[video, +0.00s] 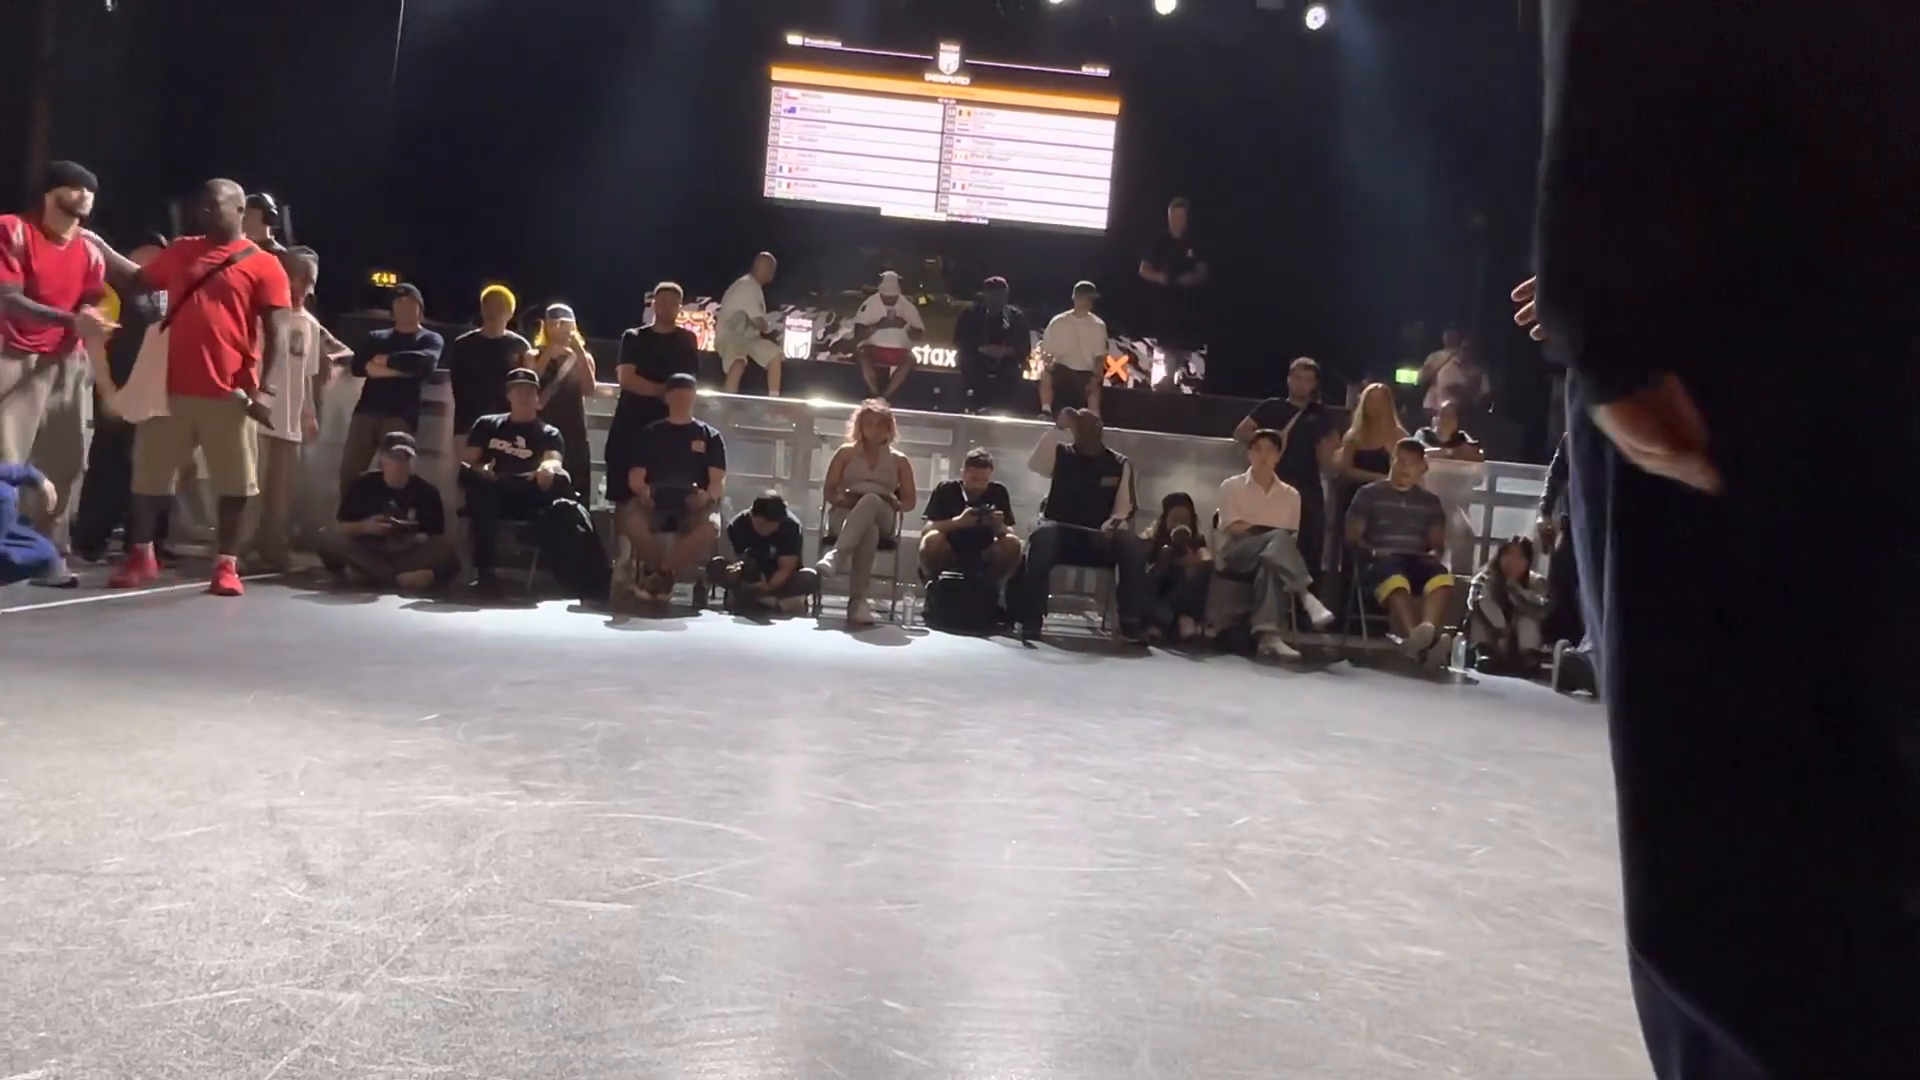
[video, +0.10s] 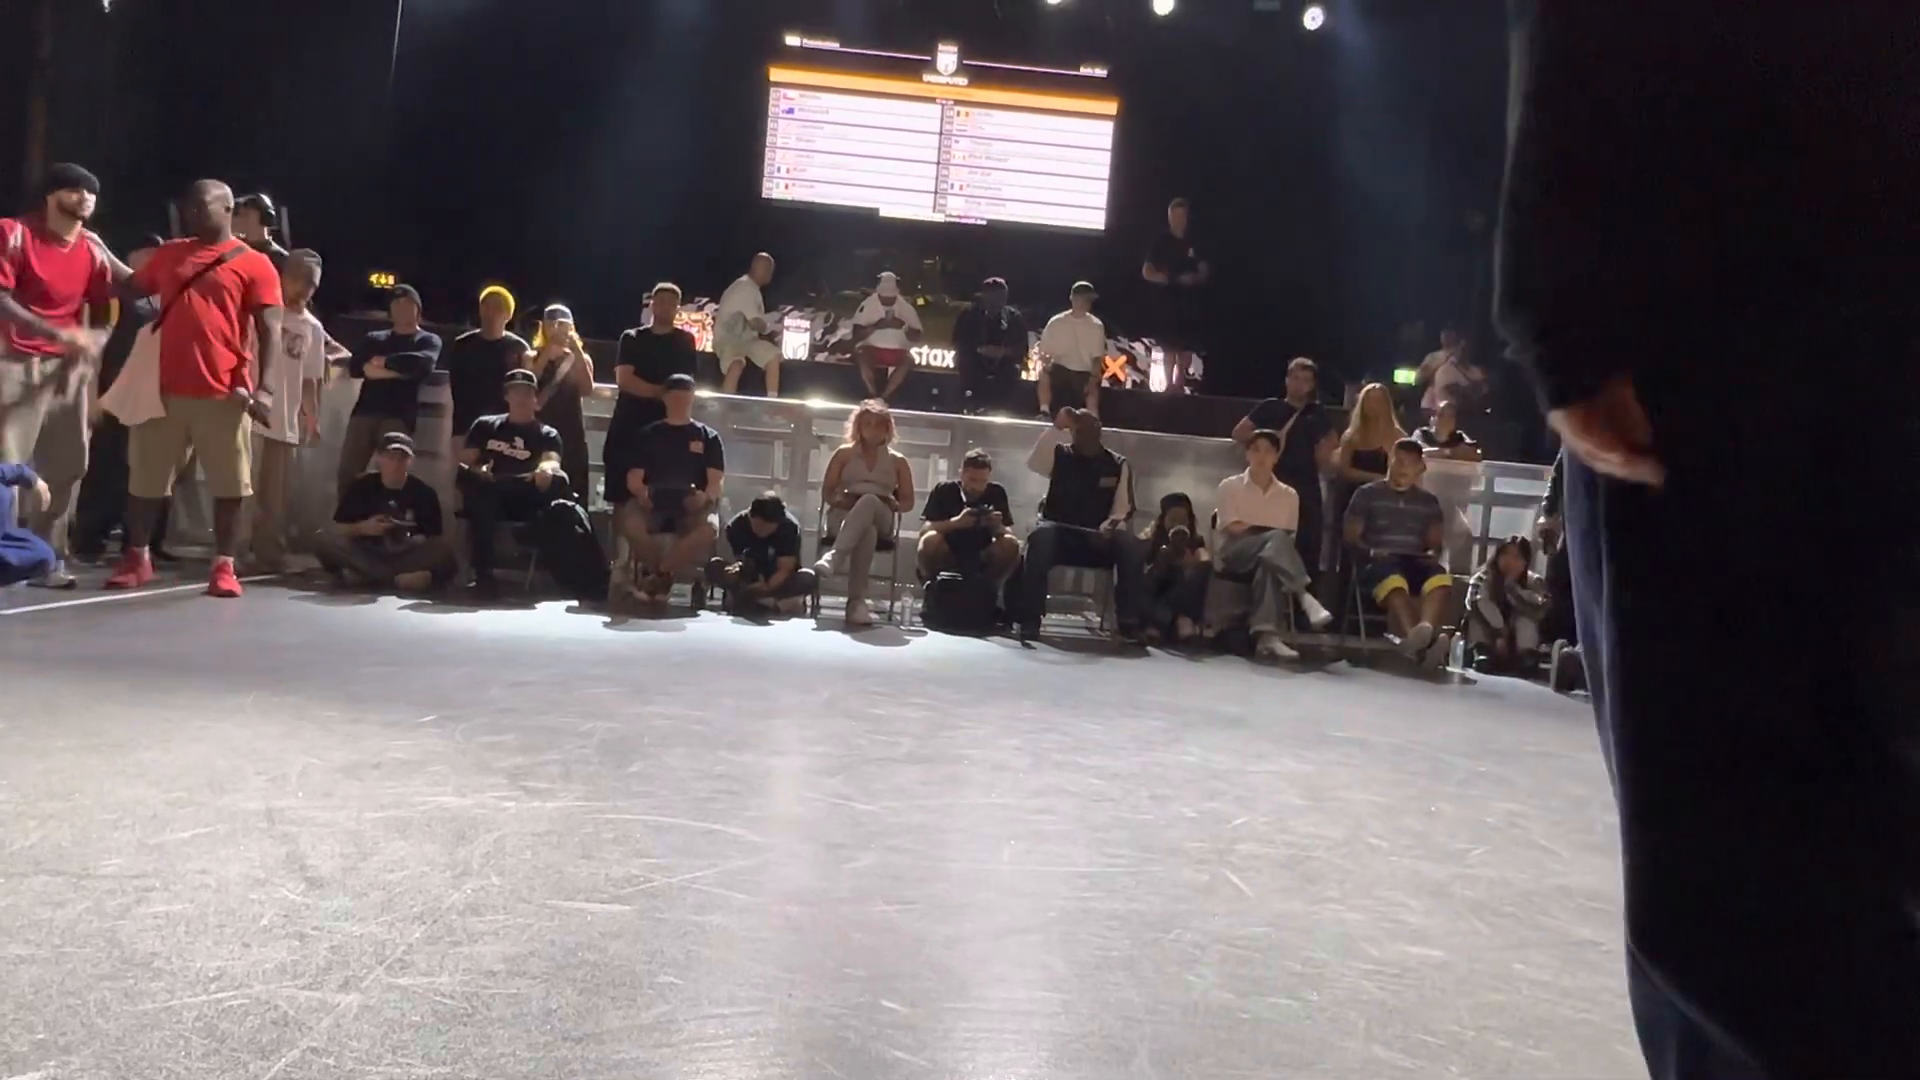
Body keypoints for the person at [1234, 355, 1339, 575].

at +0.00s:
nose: (1301, 384)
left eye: (1307, 379)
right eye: (1296, 378)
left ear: (1315, 384)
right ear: (1288, 380)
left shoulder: (1320, 414)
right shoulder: (1272, 406)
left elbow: (1329, 457)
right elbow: (1241, 432)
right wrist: (1268, 446)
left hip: (1307, 488)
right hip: (1271, 485)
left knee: (1307, 547)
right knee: (1269, 541)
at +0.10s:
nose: (1300, 385)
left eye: (1306, 380)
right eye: (1295, 378)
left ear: (1313, 385)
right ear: (1287, 380)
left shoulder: (1318, 412)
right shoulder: (1271, 407)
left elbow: (1331, 445)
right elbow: (1239, 432)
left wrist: (1309, 457)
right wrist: (1267, 448)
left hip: (1306, 486)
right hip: (1270, 484)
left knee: (1307, 544)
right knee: (1268, 539)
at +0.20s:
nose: (1298, 385)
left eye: (1304, 381)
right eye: (1294, 379)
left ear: (1311, 386)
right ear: (1285, 381)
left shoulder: (1316, 413)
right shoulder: (1268, 408)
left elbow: (1326, 452)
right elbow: (1237, 433)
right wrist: (1266, 446)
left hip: (1304, 487)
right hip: (1270, 484)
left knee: (1306, 546)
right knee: (1269, 539)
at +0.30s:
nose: (1297, 385)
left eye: (1303, 380)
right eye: (1292, 379)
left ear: (1309, 385)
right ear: (1283, 380)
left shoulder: (1313, 413)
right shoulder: (1266, 407)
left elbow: (1325, 450)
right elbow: (1235, 432)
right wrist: (1264, 444)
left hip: (1302, 487)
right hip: (1268, 485)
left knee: (1303, 546)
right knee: (1267, 539)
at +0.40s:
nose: (1294, 384)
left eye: (1300, 380)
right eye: (1289, 378)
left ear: (1307, 385)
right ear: (1280, 380)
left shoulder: (1312, 413)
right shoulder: (1264, 407)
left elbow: (1322, 451)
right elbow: (1233, 432)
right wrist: (1262, 443)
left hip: (1301, 488)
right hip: (1265, 484)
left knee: (1301, 547)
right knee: (1265, 540)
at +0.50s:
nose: (1293, 383)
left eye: (1299, 379)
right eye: (1289, 378)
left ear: (1305, 384)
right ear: (1279, 379)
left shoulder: (1309, 412)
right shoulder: (1262, 406)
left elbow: (1311, 448)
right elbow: (1232, 431)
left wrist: (1315, 470)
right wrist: (1259, 447)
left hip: (1299, 485)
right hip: (1267, 481)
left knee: (1300, 546)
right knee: (1269, 537)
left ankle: (1298, 601)